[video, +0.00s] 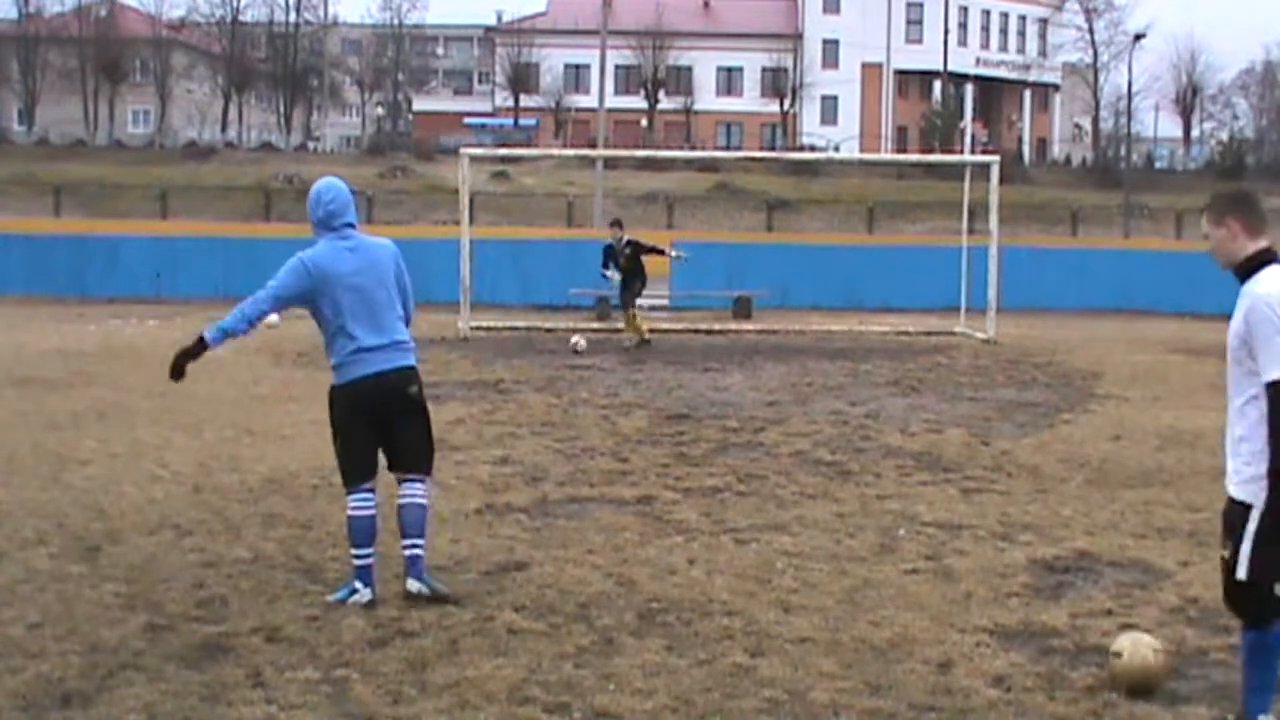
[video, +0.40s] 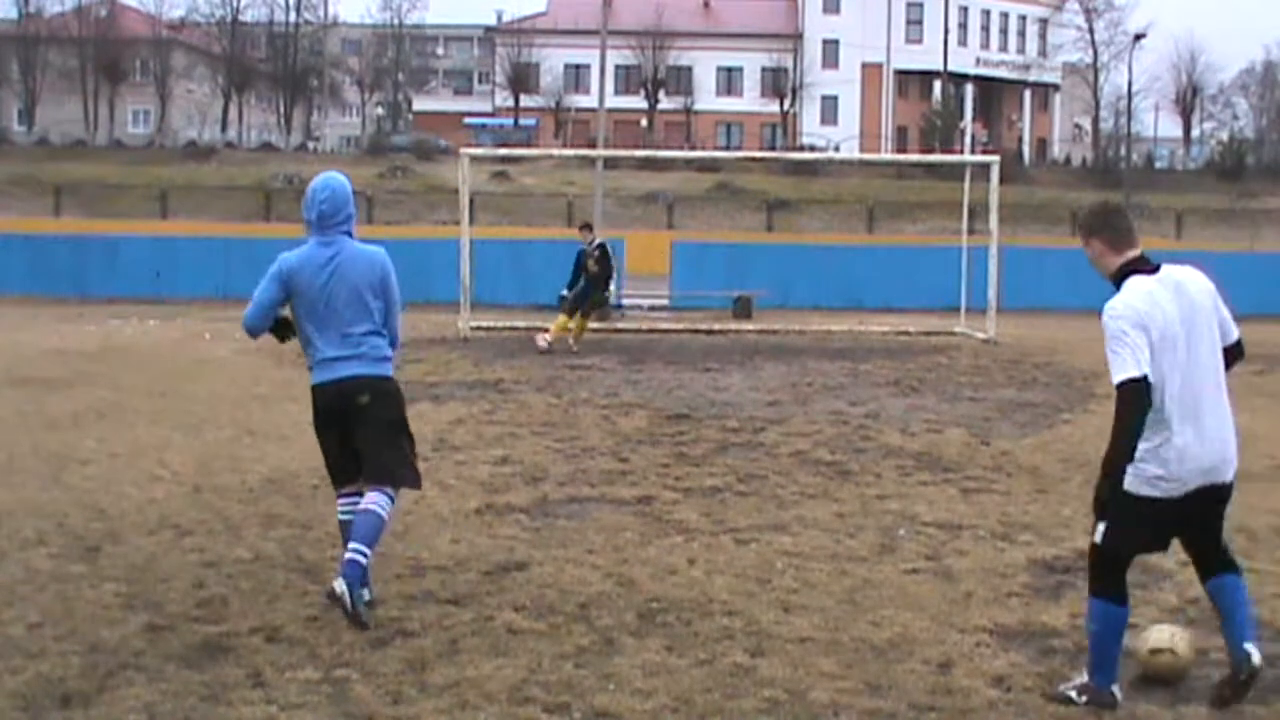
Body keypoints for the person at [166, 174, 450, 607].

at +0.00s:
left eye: (316, 210)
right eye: (349, 205)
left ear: (314, 216)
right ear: (353, 210)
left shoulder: (310, 263)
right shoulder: (386, 249)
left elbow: (257, 307)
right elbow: (407, 309)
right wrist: (386, 346)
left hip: (352, 389)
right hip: (401, 380)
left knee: (360, 484)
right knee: (414, 474)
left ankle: (364, 583)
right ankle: (416, 574)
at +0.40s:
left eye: (315, 207)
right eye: (348, 207)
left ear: (308, 213)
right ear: (351, 211)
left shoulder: (291, 262)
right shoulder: (376, 259)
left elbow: (253, 322)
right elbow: (392, 332)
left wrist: (279, 323)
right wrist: (375, 357)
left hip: (327, 391)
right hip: (376, 385)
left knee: (346, 484)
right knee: (383, 481)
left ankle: (357, 583)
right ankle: (351, 573)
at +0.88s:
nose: (352, 214)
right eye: (353, 206)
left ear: (309, 210)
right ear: (352, 211)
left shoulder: (281, 263)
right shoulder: (372, 264)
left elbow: (263, 332)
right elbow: (394, 338)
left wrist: (264, 379)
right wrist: (411, 392)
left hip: (297, 398)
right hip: (351, 399)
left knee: (304, 489)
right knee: (336, 505)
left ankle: (299, 589)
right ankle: (331, 610)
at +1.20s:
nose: (349, 219)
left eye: (343, 211)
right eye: (347, 212)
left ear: (300, 213)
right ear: (341, 215)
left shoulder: (271, 266)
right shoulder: (350, 263)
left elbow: (254, 340)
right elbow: (362, 342)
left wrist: (272, 376)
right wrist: (388, 387)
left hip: (291, 400)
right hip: (344, 398)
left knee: (291, 506)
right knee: (364, 494)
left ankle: (270, 616)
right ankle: (352, 605)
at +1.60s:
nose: (401, 230)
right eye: (401, 223)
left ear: (356, 228)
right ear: (401, 228)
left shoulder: (328, 285)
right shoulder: (415, 288)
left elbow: (306, 360)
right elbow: (447, 364)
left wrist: (312, 399)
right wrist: (487, 400)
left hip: (333, 425)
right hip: (386, 427)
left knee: (318, 523)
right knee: (402, 536)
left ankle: (282, 618)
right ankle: (389, 652)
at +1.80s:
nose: (431, 215)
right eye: (430, 207)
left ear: (382, 206)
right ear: (428, 210)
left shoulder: (351, 264)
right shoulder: (443, 265)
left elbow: (326, 342)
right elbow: (468, 339)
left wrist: (318, 399)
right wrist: (493, 384)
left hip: (363, 407)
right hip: (414, 412)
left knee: (373, 514)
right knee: (410, 528)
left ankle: (350, 627)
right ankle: (395, 643)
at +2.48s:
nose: (486, 238)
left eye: (488, 229)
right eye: (485, 229)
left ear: (435, 216)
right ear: (470, 225)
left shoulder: (390, 267)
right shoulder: (463, 270)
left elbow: (359, 346)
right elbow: (462, 343)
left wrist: (381, 382)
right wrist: (487, 405)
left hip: (399, 425)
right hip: (455, 424)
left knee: (415, 537)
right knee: (527, 501)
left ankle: (417, 647)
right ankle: (477, 607)